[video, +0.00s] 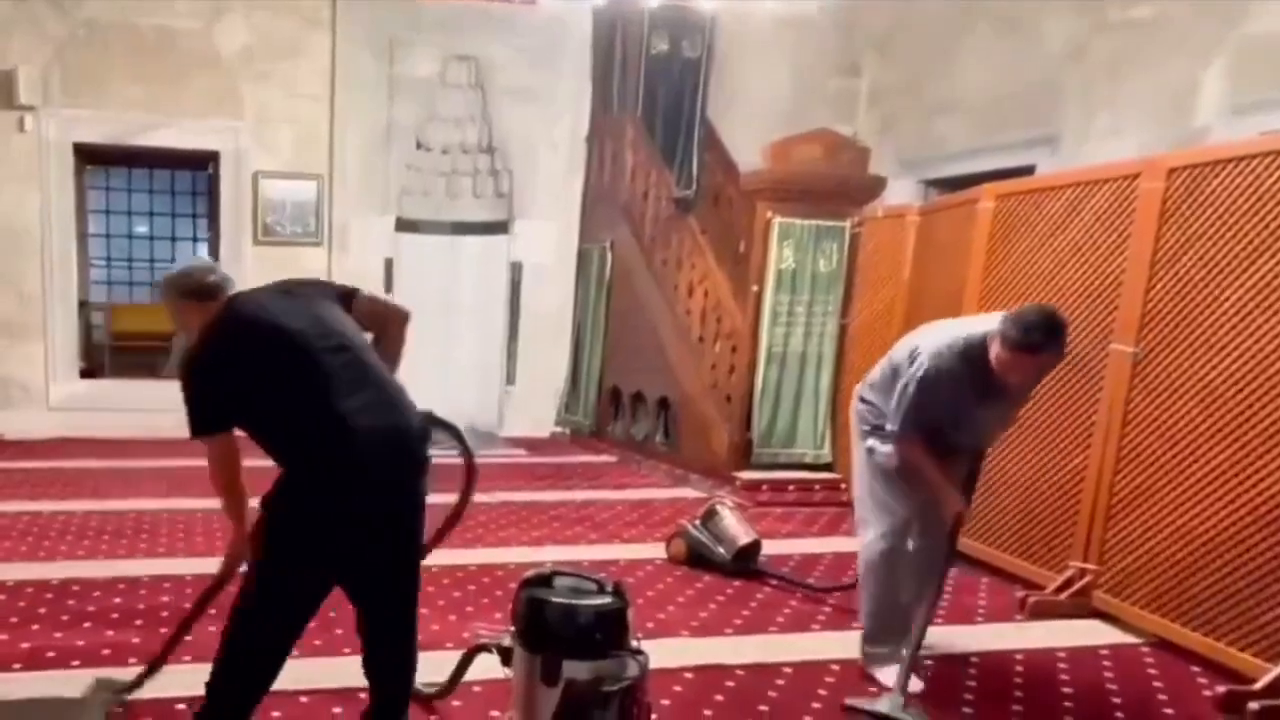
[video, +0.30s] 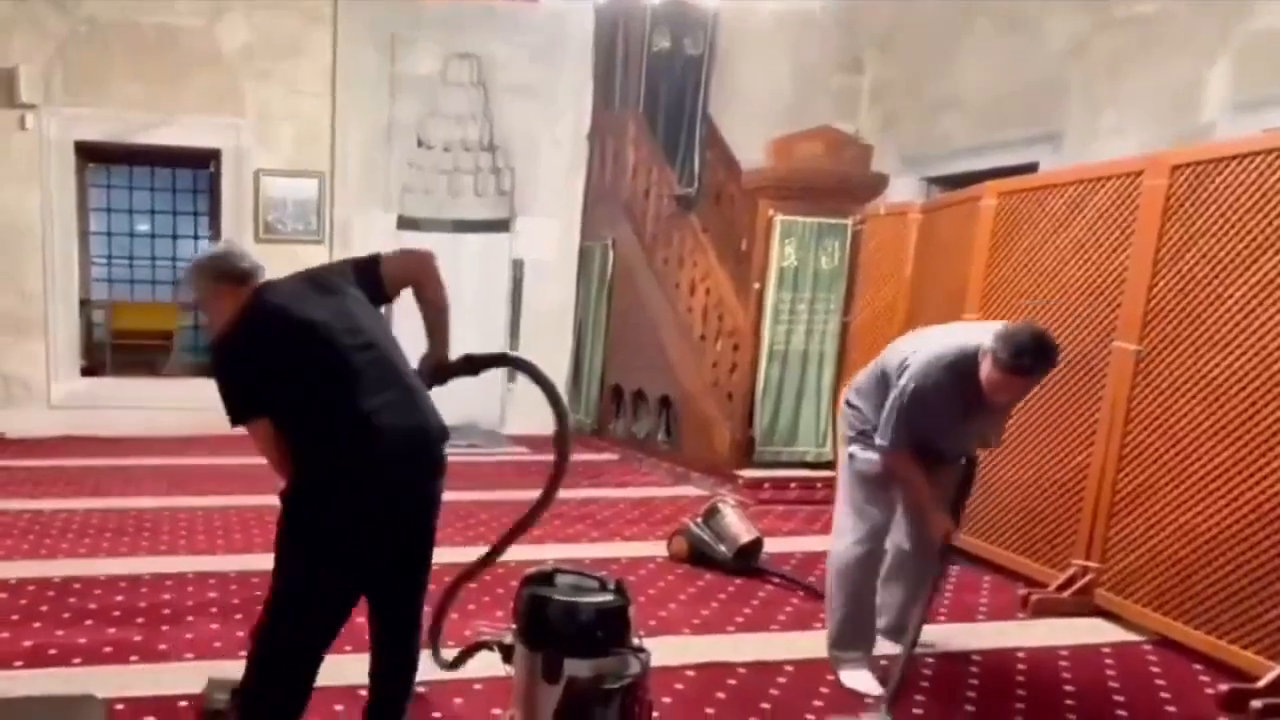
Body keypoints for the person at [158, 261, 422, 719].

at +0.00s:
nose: (181, 332)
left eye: (178, 320)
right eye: (176, 321)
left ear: (189, 310)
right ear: (227, 290)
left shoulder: (205, 358)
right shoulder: (301, 290)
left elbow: (225, 466)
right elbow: (392, 317)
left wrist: (239, 533)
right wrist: (374, 396)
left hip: (325, 469)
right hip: (402, 449)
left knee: (266, 616)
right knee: (391, 614)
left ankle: (221, 711)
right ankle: (388, 711)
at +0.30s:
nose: (205, 318)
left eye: (204, 305)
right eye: (200, 307)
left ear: (222, 293)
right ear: (255, 278)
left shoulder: (235, 345)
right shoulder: (325, 280)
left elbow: (277, 454)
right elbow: (420, 263)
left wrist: (301, 488)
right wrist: (439, 352)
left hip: (339, 473)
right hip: (419, 451)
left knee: (294, 629)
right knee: (398, 619)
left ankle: (262, 711)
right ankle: (387, 714)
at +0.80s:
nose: (113, 333)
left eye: (111, 320)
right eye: (108, 322)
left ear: (128, 310)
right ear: (166, 293)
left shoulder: (146, 359)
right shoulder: (234, 312)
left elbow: (147, 475)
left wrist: (132, 545)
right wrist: (244, 476)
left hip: (279, 486)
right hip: (356, 465)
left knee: (233, 650)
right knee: (362, 633)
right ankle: (381, 710)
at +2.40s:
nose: (214, 331)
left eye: (211, 316)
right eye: (207, 319)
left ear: (238, 298)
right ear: (262, 288)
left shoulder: (259, 355)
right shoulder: (350, 299)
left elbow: (295, 479)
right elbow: (451, 312)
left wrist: (339, 512)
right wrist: (450, 411)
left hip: (378, 506)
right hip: (456, 486)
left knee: (316, 676)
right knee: (411, 662)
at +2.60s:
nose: (200, 352)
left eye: (199, 337)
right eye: (193, 341)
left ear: (233, 312)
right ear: (243, 309)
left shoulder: (250, 376)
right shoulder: (336, 312)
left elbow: (263, 504)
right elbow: (431, 318)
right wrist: (425, 407)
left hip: (377, 519)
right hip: (450, 497)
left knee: (318, 682)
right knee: (401, 671)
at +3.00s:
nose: (78, 428)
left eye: (74, 408)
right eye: (68, 413)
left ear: (109, 377)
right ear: (128, 361)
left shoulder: (142, 456)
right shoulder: (228, 342)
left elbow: (129, 612)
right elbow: (331, 313)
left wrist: (87, 712)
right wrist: (345, 370)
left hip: (323, 566)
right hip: (403, 522)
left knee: (250, 709)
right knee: (358, 694)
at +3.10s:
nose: (37, 443)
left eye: (36, 423)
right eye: (28, 428)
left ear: (81, 393)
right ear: (98, 378)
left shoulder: (116, 475)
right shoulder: (196, 348)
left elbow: (113, 638)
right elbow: (299, 312)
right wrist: (322, 365)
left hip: (316, 569)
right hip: (392, 518)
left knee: (249, 706)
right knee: (346, 696)